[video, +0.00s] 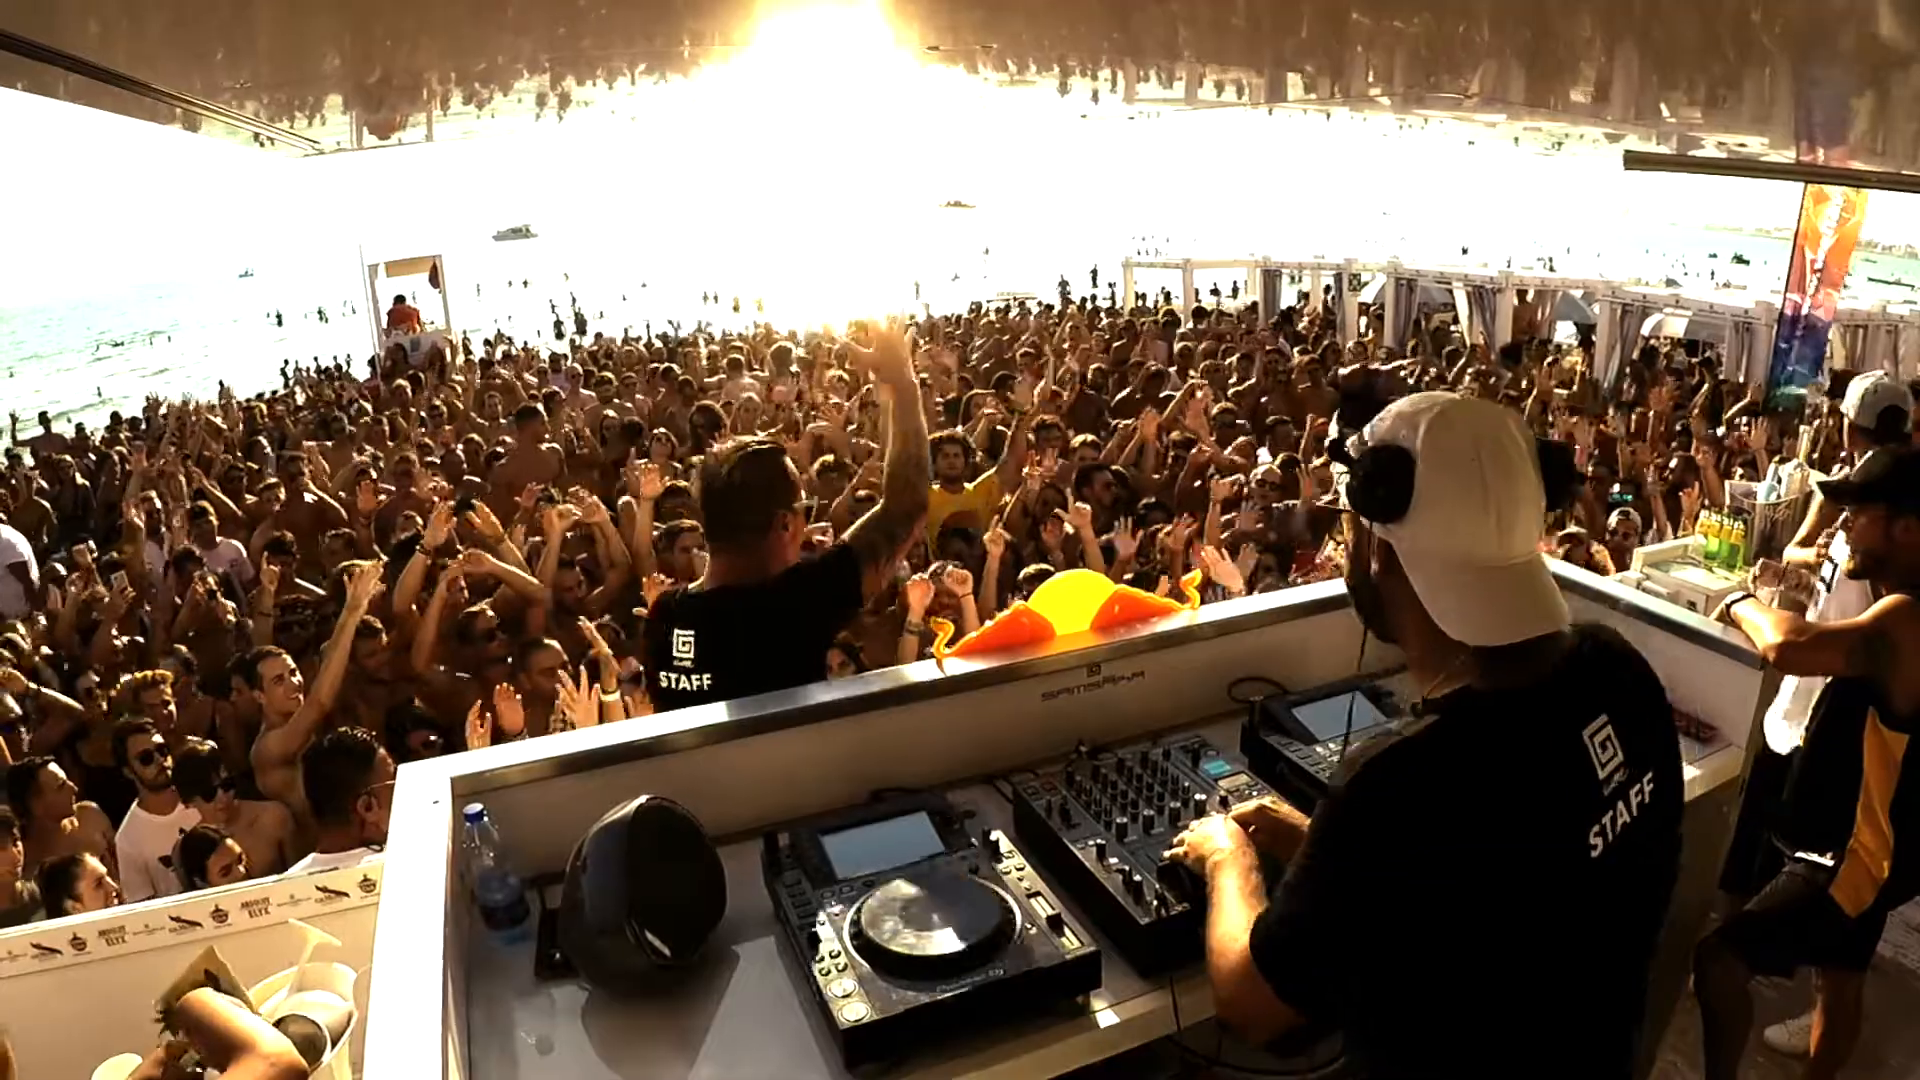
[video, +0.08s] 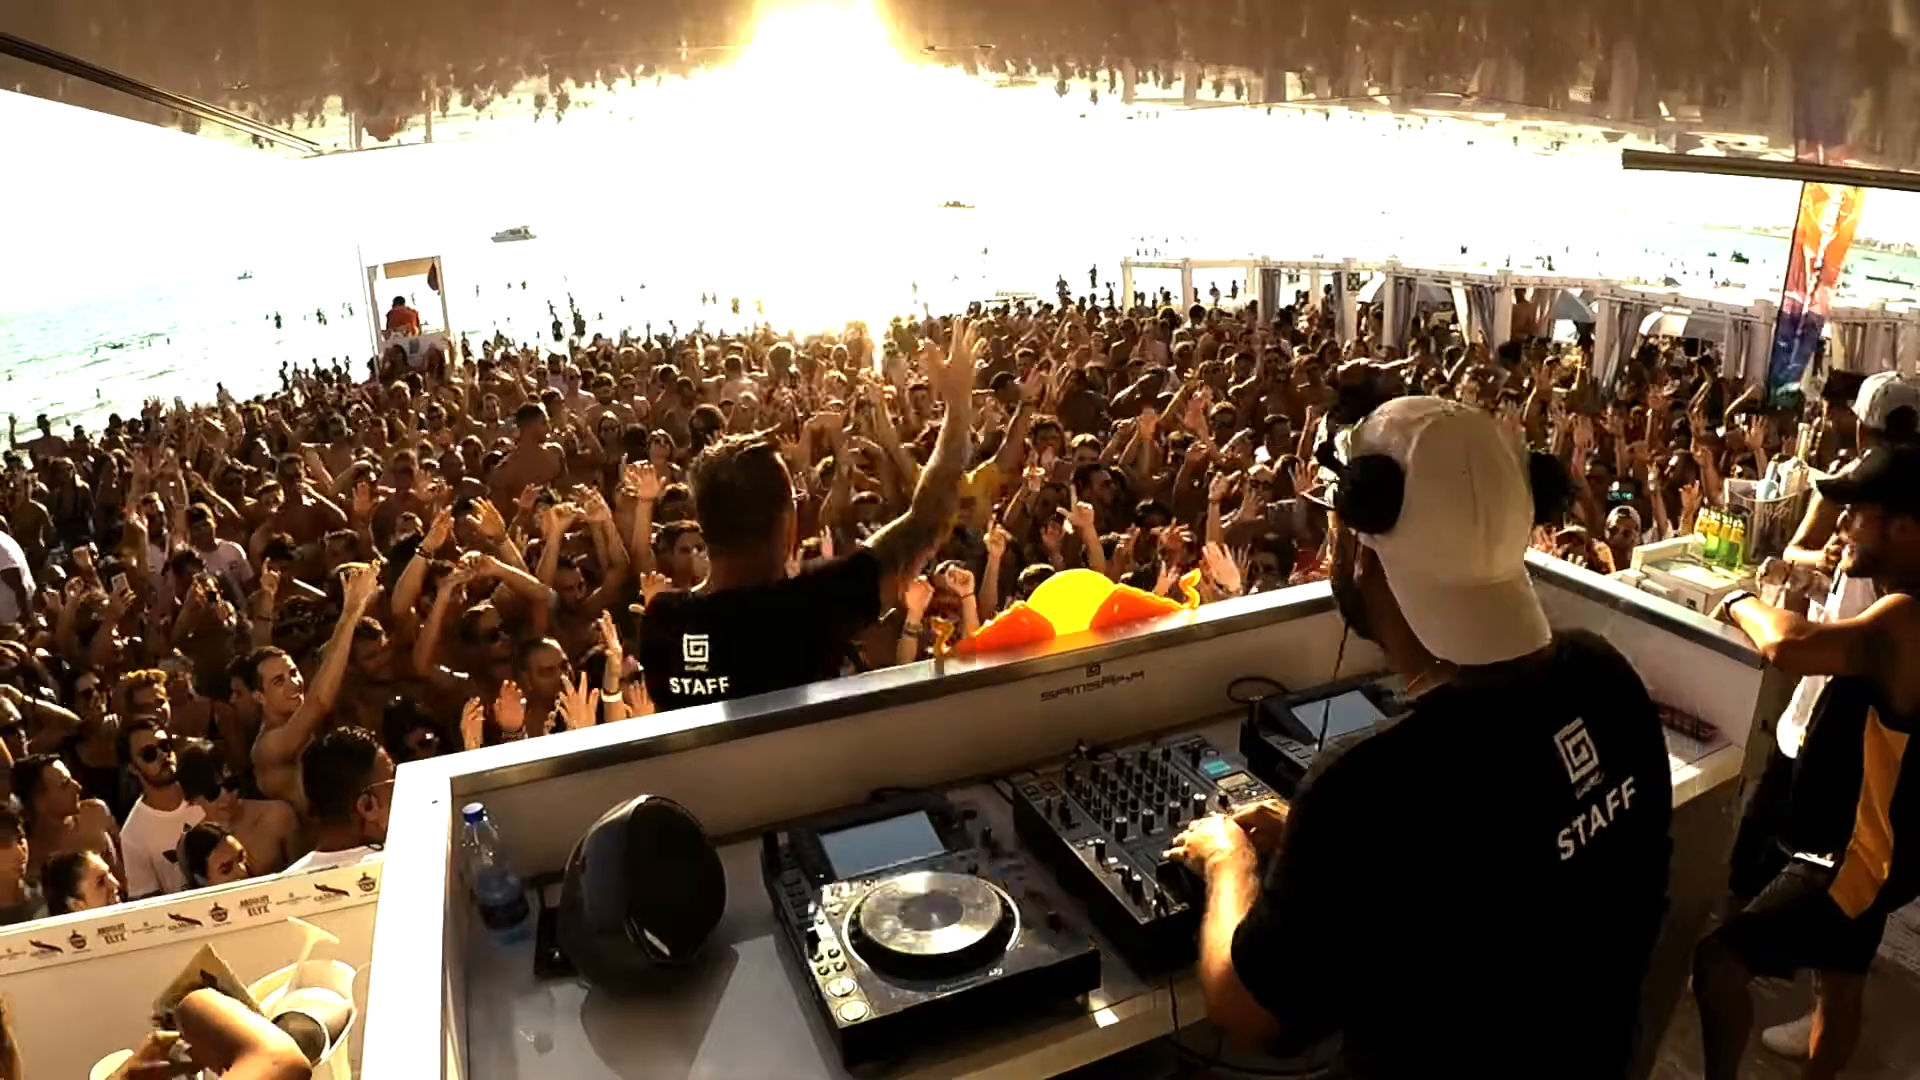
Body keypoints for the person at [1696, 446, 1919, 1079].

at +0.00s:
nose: (1844, 529)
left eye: (1857, 515)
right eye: (1847, 515)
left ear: (1901, 525)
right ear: (1897, 528)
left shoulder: (1900, 621)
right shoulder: (1906, 610)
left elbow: (1786, 648)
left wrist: (1743, 603)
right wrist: (1797, 604)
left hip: (1859, 861)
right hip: (1880, 852)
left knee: (1719, 955)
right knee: (1841, 983)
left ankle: (1718, 1075)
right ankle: (1817, 1073)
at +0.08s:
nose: (1843, 529)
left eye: (1856, 515)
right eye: (1845, 514)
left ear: (1901, 526)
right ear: (1897, 529)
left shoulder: (1900, 619)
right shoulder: (1904, 609)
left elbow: (1787, 646)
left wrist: (1741, 603)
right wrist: (1792, 605)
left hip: (1855, 861)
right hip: (1872, 851)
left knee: (1719, 958)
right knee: (1840, 986)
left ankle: (1718, 1075)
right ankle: (1820, 1069)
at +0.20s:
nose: (1848, 531)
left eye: (1861, 516)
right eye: (1850, 515)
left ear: (1902, 527)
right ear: (1896, 529)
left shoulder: (1900, 622)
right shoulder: (1907, 610)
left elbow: (1788, 649)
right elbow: (1859, 652)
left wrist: (1743, 602)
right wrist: (1811, 615)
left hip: (1852, 862)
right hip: (1878, 855)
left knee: (1719, 955)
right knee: (1843, 987)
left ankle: (1719, 1075)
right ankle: (1819, 1070)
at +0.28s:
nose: (1845, 528)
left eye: (1857, 515)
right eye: (1848, 514)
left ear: (1899, 528)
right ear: (1898, 530)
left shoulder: (1898, 623)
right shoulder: (1910, 608)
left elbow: (1787, 649)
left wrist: (1744, 601)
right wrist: (1814, 612)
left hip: (1854, 862)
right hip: (1886, 856)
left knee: (1718, 955)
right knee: (1845, 985)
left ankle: (1720, 1075)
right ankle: (1818, 1072)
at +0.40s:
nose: (1847, 530)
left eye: (1857, 516)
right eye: (1850, 516)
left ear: (1897, 525)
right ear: (1898, 526)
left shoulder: (1899, 620)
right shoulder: (1907, 606)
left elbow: (1789, 647)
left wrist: (1744, 604)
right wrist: (1840, 606)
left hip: (1854, 858)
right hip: (1880, 851)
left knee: (1715, 955)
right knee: (1846, 988)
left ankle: (1720, 1076)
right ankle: (1817, 1076)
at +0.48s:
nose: (1848, 530)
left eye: (1860, 515)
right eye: (1850, 515)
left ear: (1901, 526)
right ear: (1903, 528)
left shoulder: (1901, 622)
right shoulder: (1909, 607)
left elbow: (1789, 647)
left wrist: (1742, 604)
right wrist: (1837, 611)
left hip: (1855, 859)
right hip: (1881, 853)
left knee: (1715, 954)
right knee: (1845, 991)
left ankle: (1719, 1076)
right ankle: (1816, 1077)